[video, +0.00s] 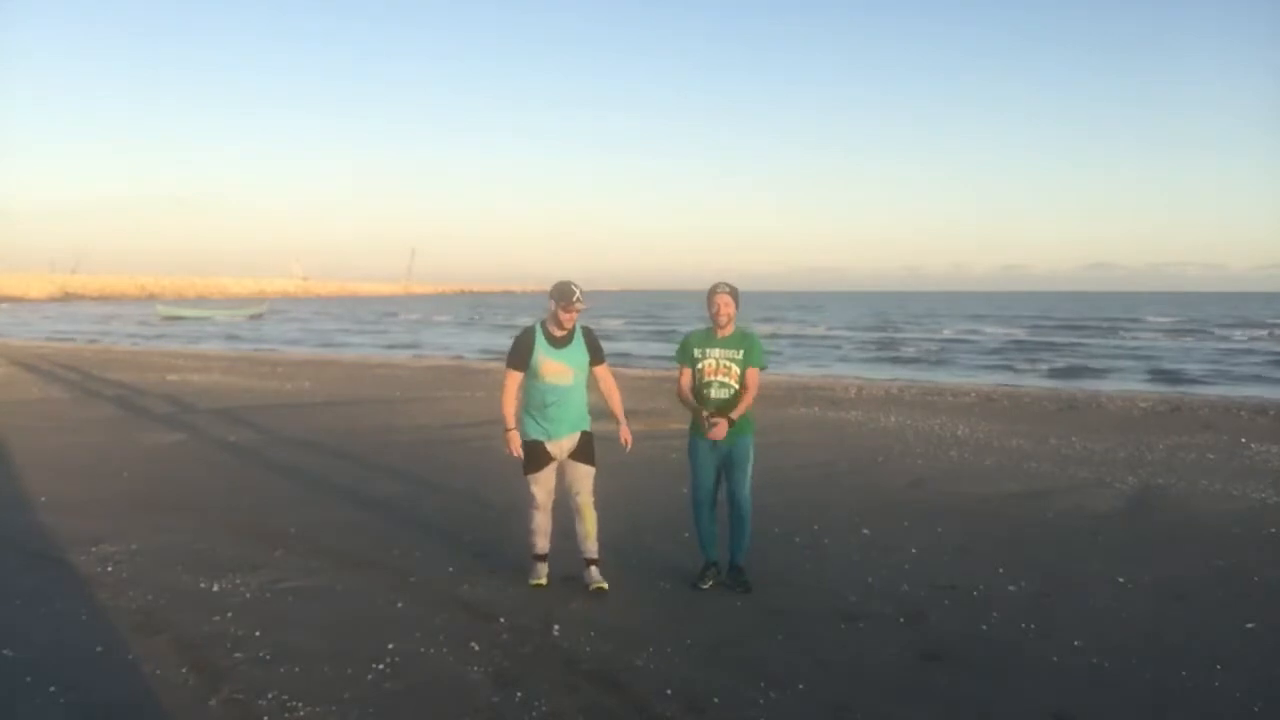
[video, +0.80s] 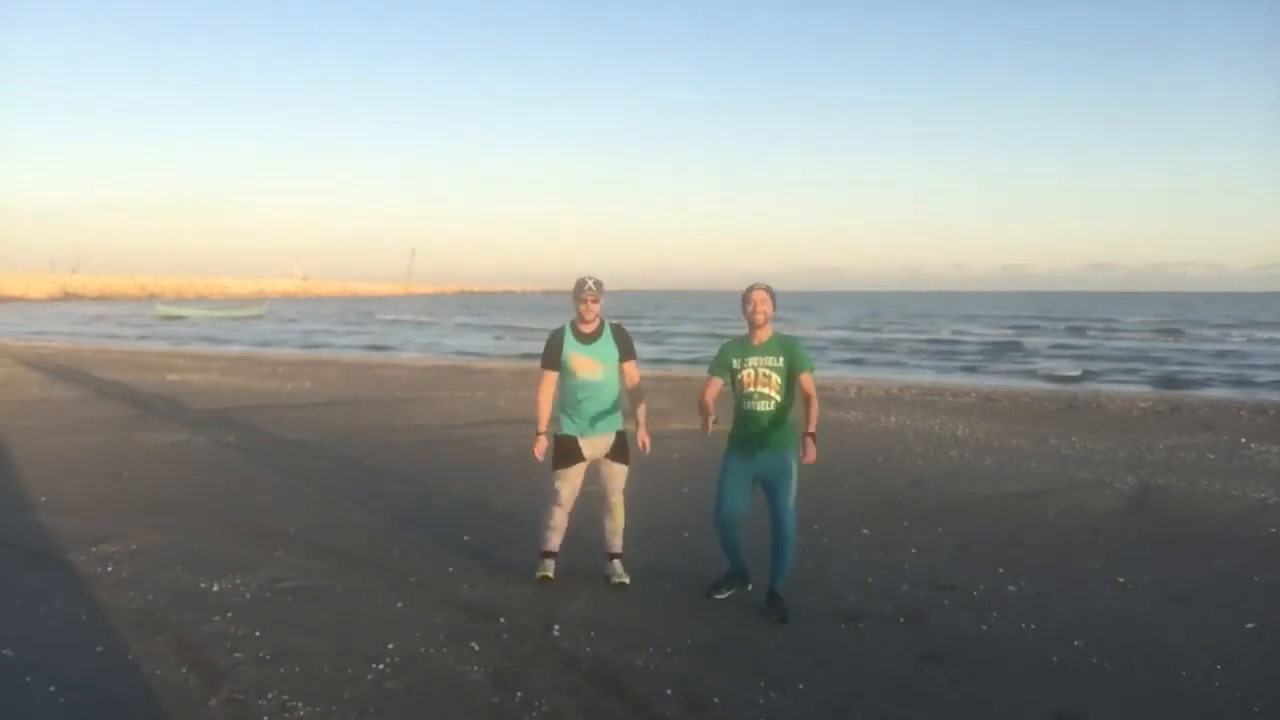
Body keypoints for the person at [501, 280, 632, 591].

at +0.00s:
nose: (571, 315)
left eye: (576, 309)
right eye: (565, 309)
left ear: (580, 309)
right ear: (552, 305)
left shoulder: (586, 339)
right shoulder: (529, 338)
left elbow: (606, 380)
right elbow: (510, 387)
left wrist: (622, 421)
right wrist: (510, 429)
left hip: (578, 432)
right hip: (538, 434)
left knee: (584, 500)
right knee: (540, 501)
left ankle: (592, 566)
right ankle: (540, 562)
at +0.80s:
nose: (589, 307)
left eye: (594, 301)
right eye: (583, 301)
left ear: (601, 302)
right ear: (574, 302)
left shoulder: (617, 335)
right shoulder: (559, 339)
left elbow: (633, 383)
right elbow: (547, 387)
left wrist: (642, 424)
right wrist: (542, 432)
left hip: (612, 430)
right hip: (571, 431)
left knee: (615, 498)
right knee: (562, 498)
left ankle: (615, 559)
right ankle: (549, 558)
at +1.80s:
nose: (552, 313)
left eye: (558, 308)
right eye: (547, 307)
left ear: (564, 309)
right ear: (536, 306)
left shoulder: (575, 340)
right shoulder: (514, 339)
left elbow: (593, 385)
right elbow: (497, 383)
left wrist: (603, 426)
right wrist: (486, 426)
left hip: (567, 436)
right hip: (522, 436)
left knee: (585, 498)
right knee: (513, 501)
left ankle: (604, 559)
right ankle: (504, 563)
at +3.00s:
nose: (504, 325)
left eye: (509, 319)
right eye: (499, 319)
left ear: (519, 316)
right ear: (490, 316)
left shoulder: (533, 339)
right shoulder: (474, 343)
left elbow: (562, 371)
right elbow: (458, 378)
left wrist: (565, 386)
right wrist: (446, 403)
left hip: (526, 440)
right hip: (481, 439)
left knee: (539, 511)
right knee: (472, 508)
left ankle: (547, 563)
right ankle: (470, 573)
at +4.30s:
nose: (524, 316)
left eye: (531, 309)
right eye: (518, 309)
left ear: (540, 310)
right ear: (508, 311)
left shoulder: (560, 340)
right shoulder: (492, 348)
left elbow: (587, 380)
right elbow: (474, 393)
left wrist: (587, 422)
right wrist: (484, 440)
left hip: (562, 450)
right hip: (514, 454)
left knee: (573, 529)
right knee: (499, 525)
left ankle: (581, 606)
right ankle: (481, 576)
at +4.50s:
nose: (548, 315)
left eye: (555, 308)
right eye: (542, 308)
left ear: (564, 308)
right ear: (532, 309)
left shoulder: (582, 343)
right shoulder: (513, 348)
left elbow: (610, 389)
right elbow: (493, 395)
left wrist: (617, 431)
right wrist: (494, 439)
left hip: (574, 454)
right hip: (527, 456)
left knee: (576, 532)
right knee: (523, 532)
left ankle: (581, 609)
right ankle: (529, 591)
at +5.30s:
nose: (536, 311)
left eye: (542, 304)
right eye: (529, 304)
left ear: (550, 304)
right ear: (516, 303)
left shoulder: (566, 339)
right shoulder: (496, 341)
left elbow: (590, 393)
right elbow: (477, 398)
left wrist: (575, 401)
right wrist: (479, 397)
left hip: (559, 458)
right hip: (508, 457)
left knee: (563, 543)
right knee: (508, 544)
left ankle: (568, 615)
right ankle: (511, 625)